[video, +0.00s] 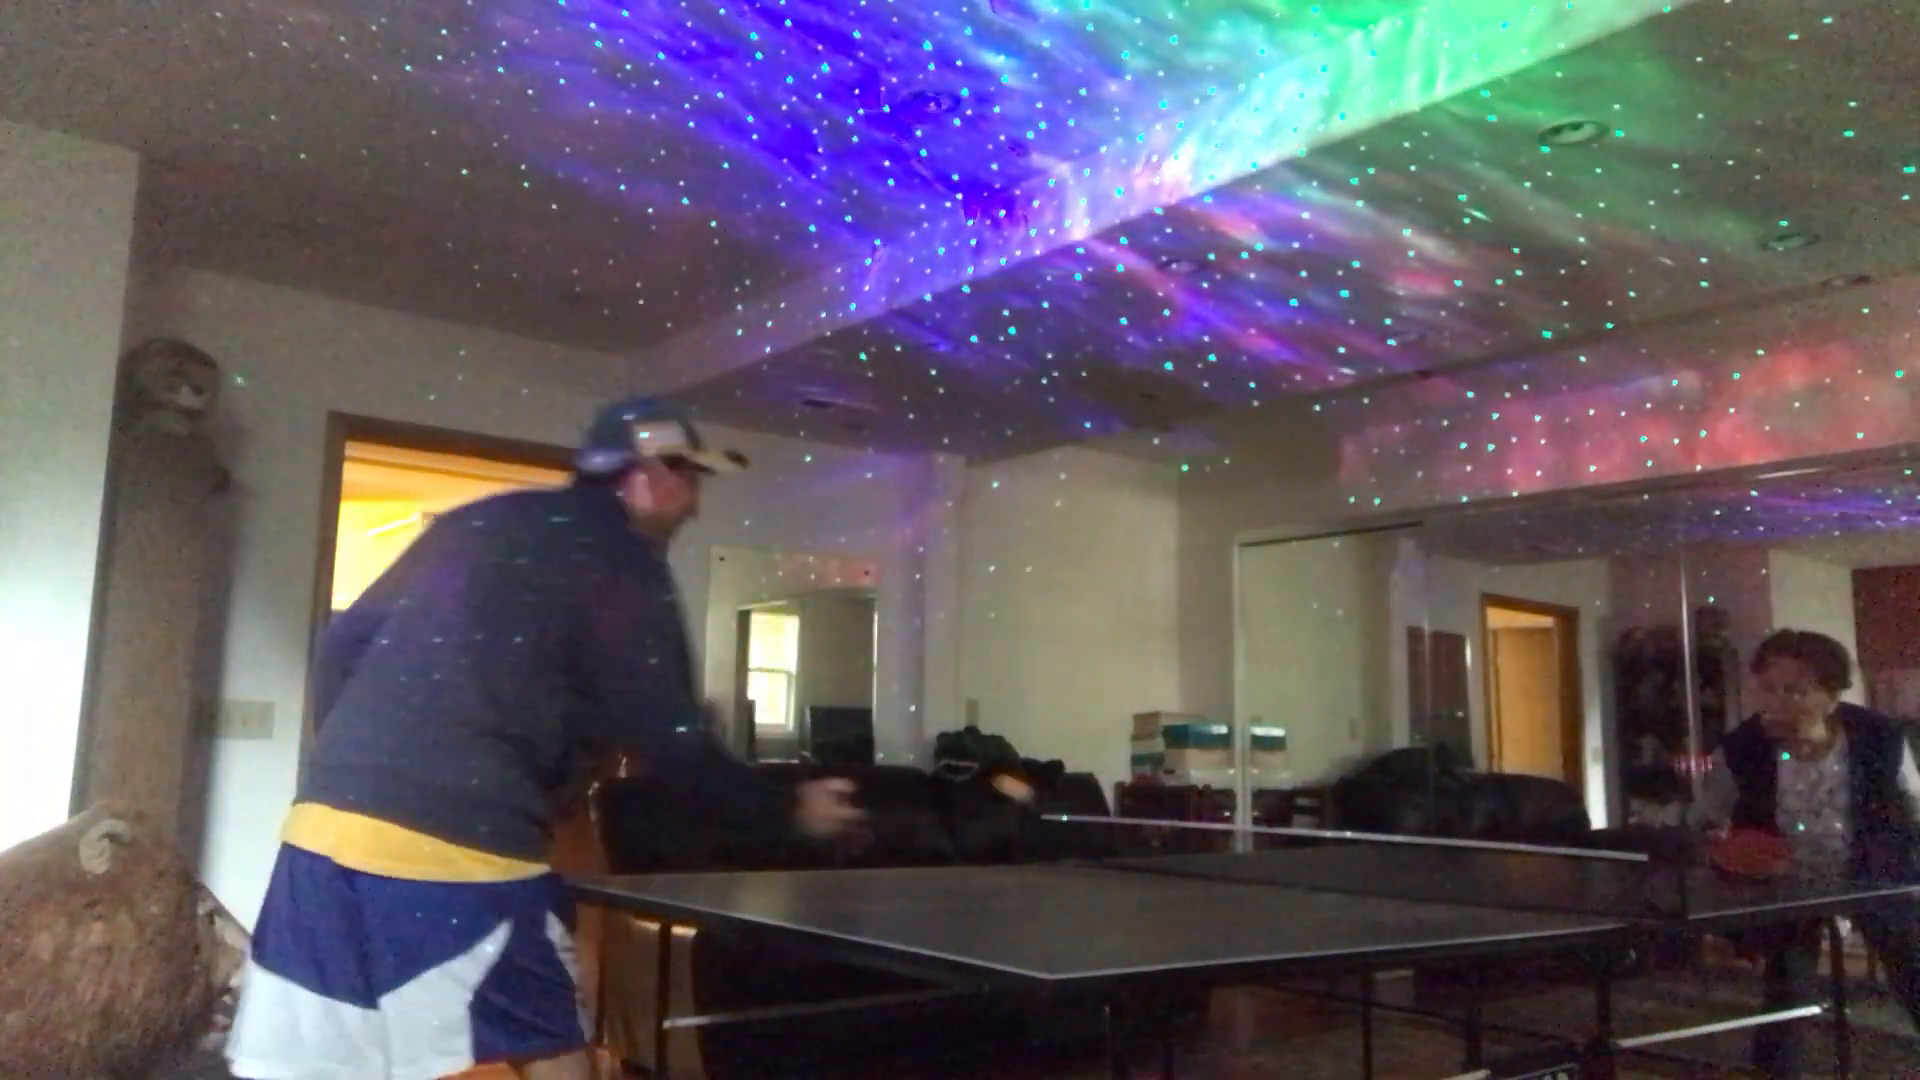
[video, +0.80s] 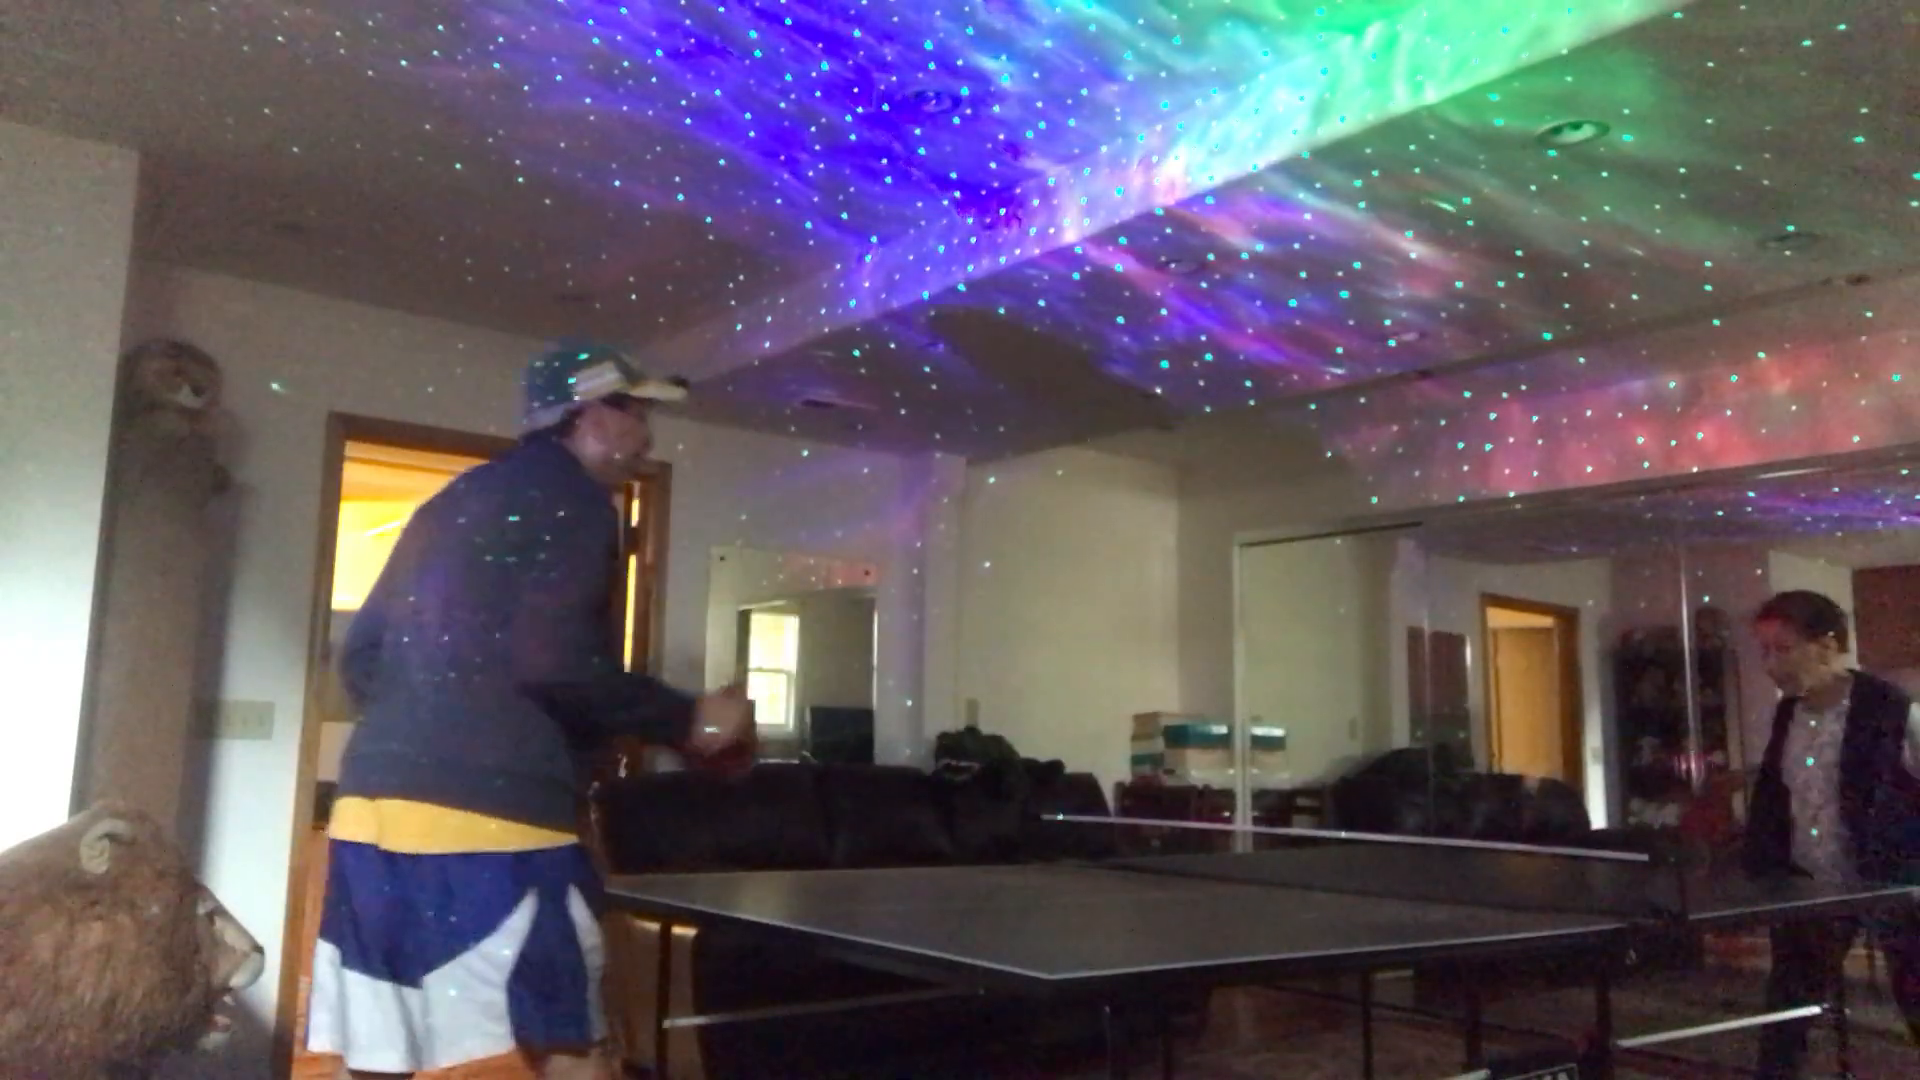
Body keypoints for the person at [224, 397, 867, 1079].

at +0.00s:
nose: (696, 501)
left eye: (698, 481)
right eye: (690, 478)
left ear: (597, 469)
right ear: (645, 474)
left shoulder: (471, 521)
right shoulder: (626, 564)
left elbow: (343, 636)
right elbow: (673, 748)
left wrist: (349, 775)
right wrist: (785, 808)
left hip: (320, 837)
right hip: (461, 854)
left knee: (298, 1067)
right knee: (536, 1064)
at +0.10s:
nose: (726, 529)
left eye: (730, 509)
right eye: (721, 507)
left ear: (632, 487)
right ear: (678, 496)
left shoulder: (505, 527)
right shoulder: (675, 597)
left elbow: (361, 628)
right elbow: (742, 759)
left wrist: (330, 785)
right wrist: (866, 783)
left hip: (351, 812)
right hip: (498, 840)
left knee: (322, 1062)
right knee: (577, 1052)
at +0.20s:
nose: (748, 524)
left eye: (750, 506)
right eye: (741, 504)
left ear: (655, 484)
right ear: (702, 495)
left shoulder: (526, 516)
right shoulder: (711, 590)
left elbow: (385, 596)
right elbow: (821, 721)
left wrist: (317, 739)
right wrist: (930, 716)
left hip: (383, 806)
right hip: (527, 835)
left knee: (326, 1053)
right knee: (596, 1056)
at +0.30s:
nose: (758, 511)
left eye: (761, 496)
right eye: (754, 495)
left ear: (661, 473)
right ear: (718, 487)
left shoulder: (539, 506)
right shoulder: (732, 578)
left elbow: (404, 571)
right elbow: (841, 670)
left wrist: (328, 710)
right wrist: (955, 618)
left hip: (405, 799)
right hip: (546, 830)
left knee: (374, 1057)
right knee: (606, 1060)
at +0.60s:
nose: (712, 463)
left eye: (715, 445)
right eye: (702, 442)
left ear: (620, 440)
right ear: (660, 444)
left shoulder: (504, 506)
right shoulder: (661, 528)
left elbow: (400, 637)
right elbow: (738, 672)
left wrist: (442, 745)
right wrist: (848, 623)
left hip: (405, 812)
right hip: (538, 826)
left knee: (391, 1058)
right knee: (606, 1055)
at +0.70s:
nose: (679, 447)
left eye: (677, 429)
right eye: (668, 427)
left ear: (587, 430)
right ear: (623, 434)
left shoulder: (468, 506)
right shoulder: (616, 515)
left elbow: (380, 653)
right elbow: (634, 665)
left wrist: (455, 727)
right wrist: (763, 685)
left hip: (389, 812)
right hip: (517, 822)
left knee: (394, 1057)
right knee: (588, 1058)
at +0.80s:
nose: (647, 430)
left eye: (646, 412)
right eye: (635, 410)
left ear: (562, 416)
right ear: (587, 415)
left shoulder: (450, 498)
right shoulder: (578, 505)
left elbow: (361, 653)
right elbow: (556, 665)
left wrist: (444, 733)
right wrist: (685, 716)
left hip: (368, 818)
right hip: (489, 827)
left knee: (380, 1060)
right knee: (564, 1059)